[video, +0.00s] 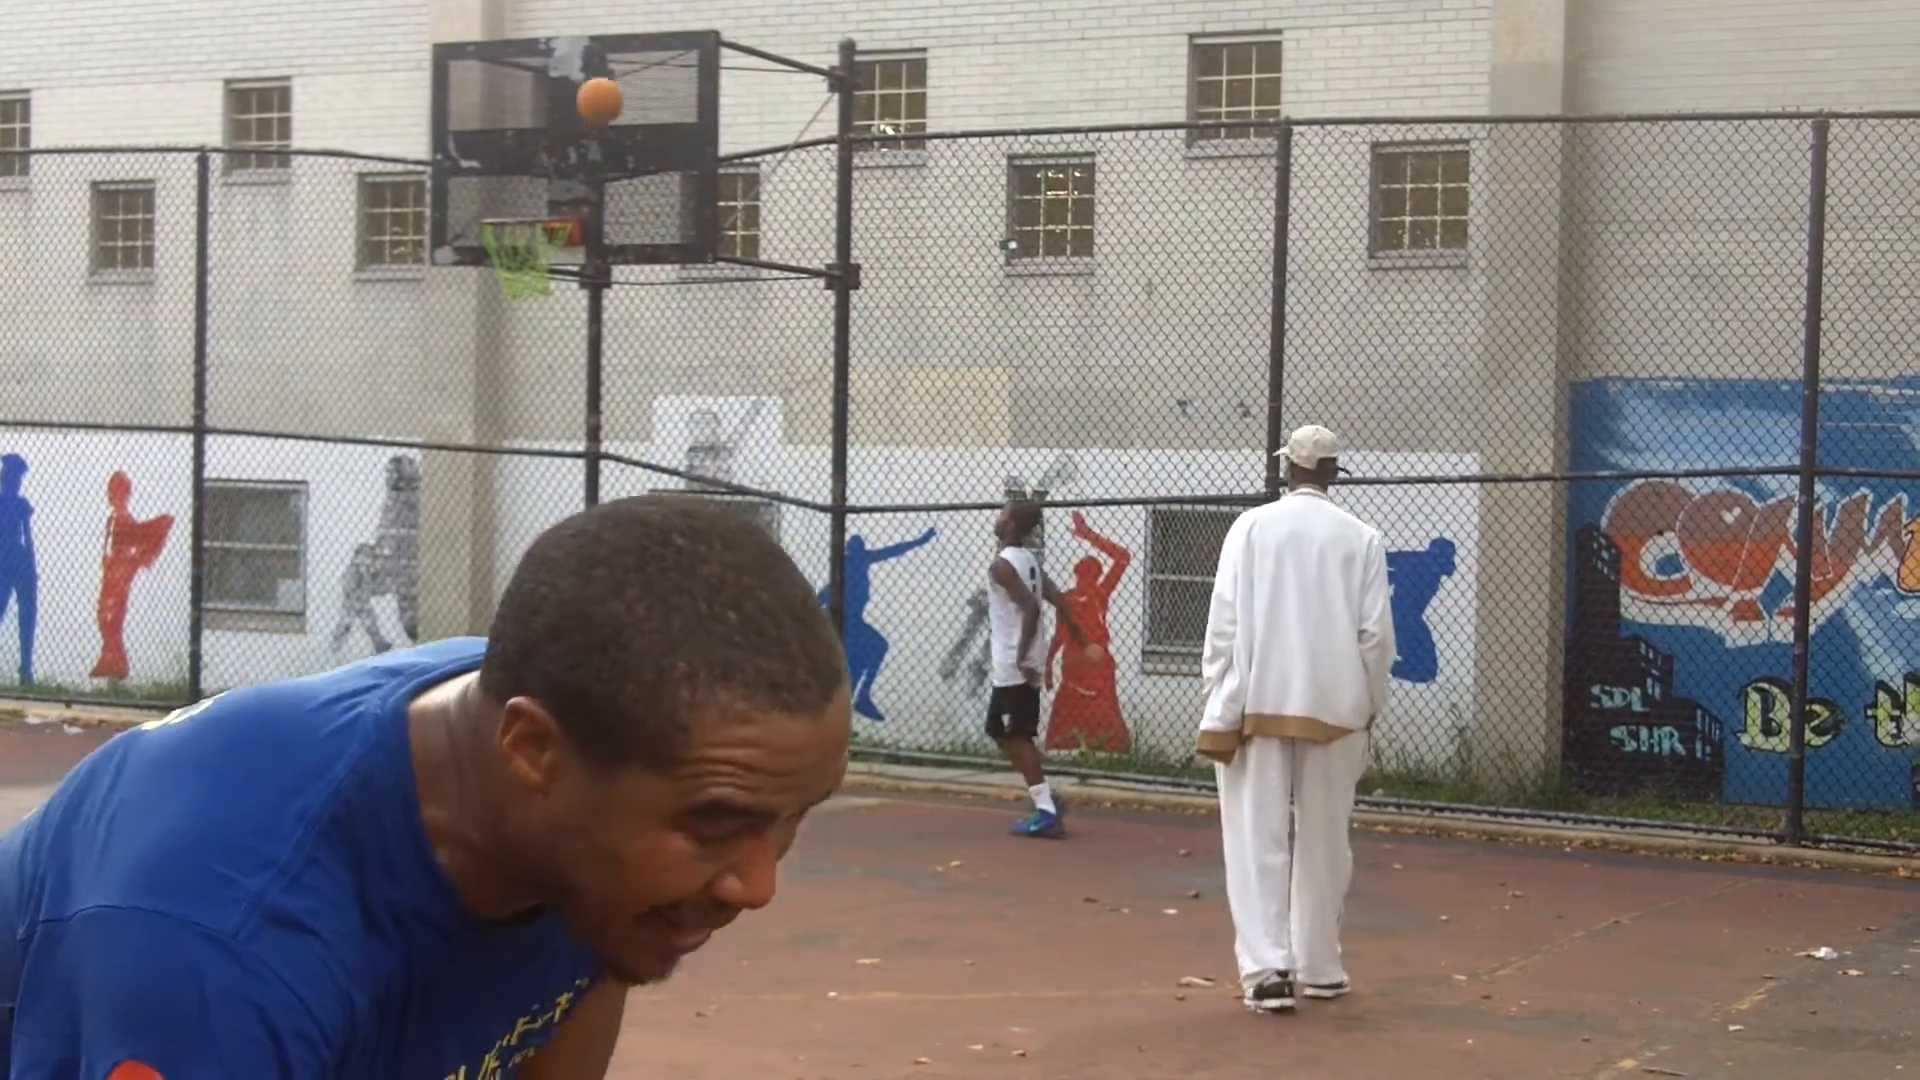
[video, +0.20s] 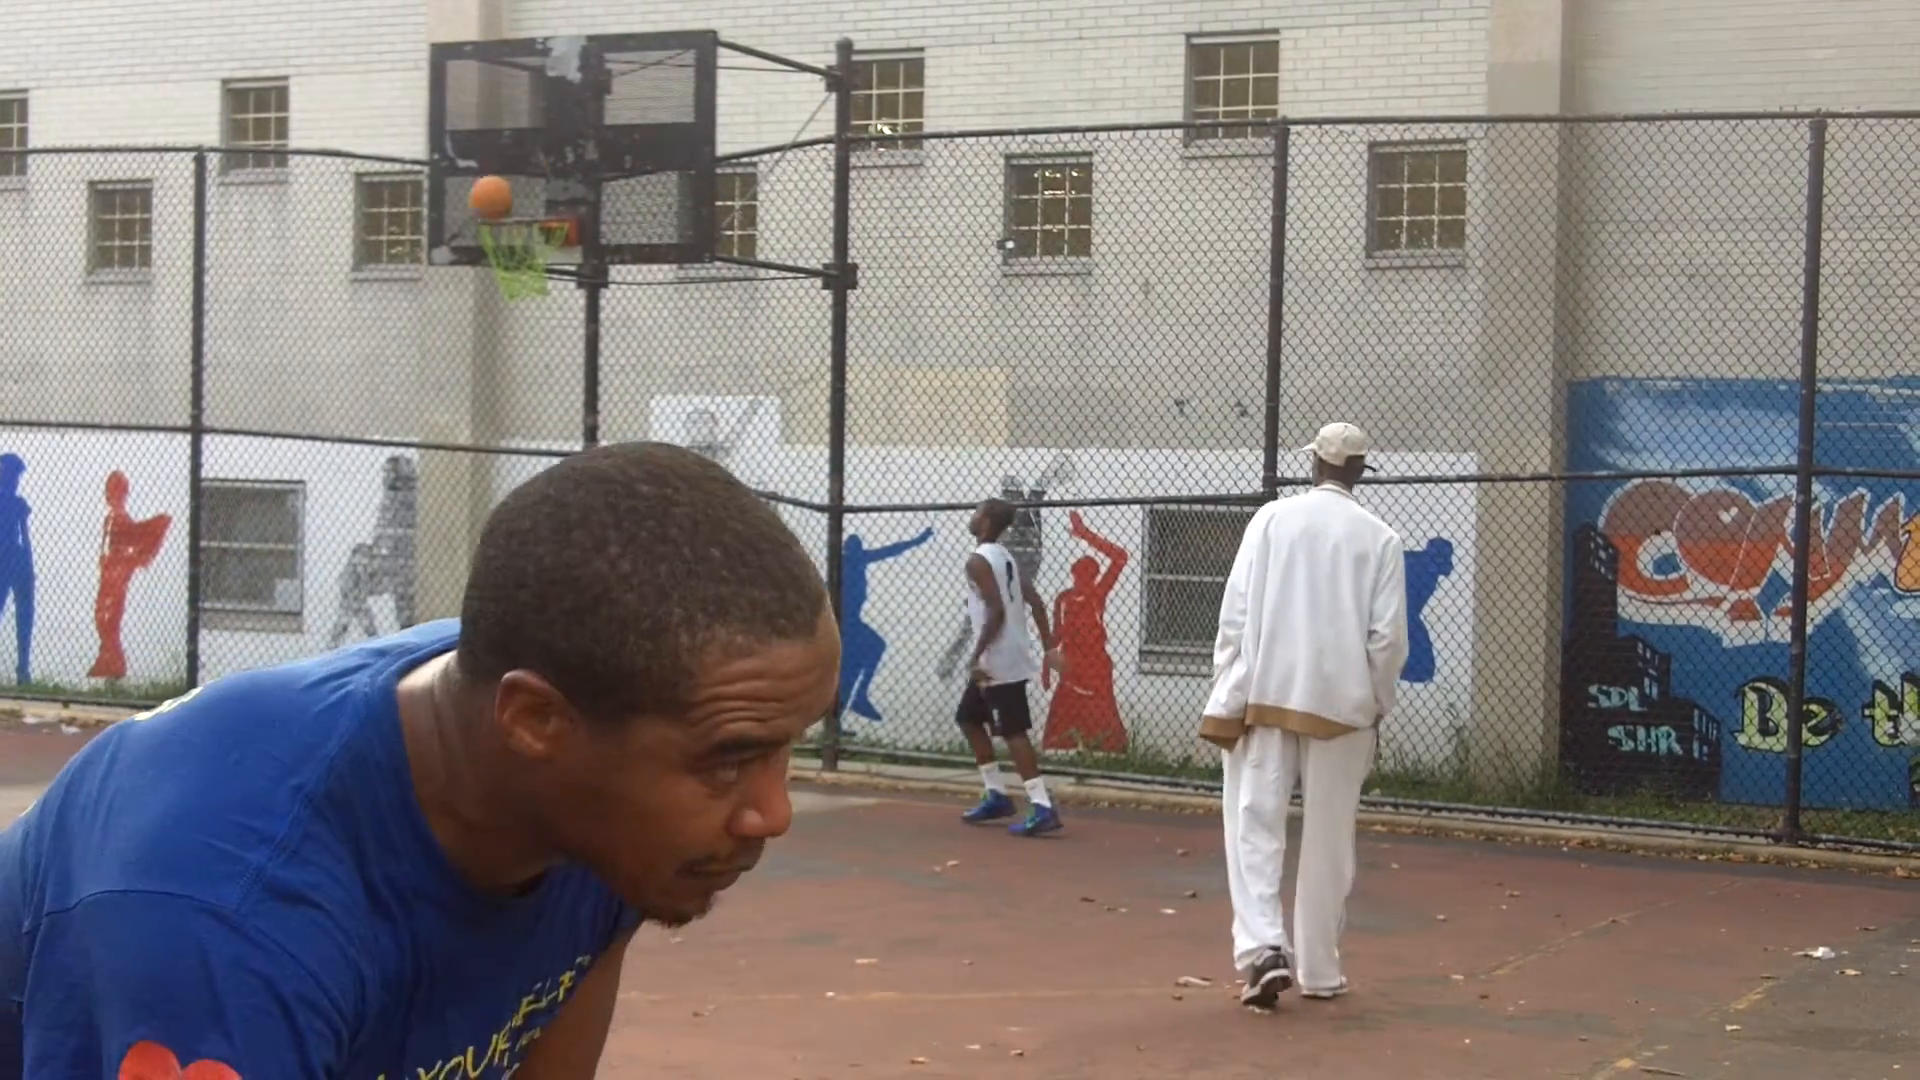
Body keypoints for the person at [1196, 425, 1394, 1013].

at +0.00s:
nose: (1319, 481)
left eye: (1287, 469)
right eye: (1330, 472)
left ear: (1284, 472)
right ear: (1333, 476)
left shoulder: (1248, 528)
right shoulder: (1361, 537)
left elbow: (1222, 628)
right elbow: (1377, 635)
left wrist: (1219, 709)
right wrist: (1370, 714)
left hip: (1254, 706)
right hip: (1332, 709)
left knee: (1255, 841)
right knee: (1325, 839)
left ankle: (1266, 970)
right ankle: (1319, 969)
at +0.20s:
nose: (1336, 474)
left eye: (1324, 463)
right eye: (1354, 469)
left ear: (1313, 466)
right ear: (1360, 472)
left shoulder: (1270, 519)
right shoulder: (1380, 538)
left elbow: (1234, 617)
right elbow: (1388, 637)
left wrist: (1228, 696)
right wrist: (1377, 708)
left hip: (1263, 695)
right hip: (1340, 703)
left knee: (1254, 829)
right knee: (1329, 835)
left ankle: (1262, 950)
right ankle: (1318, 973)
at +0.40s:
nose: (1352, 470)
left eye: (1340, 461)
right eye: (1369, 466)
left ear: (1332, 464)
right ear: (1378, 470)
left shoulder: (1285, 517)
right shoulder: (1392, 538)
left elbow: (1247, 613)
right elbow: (1397, 638)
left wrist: (1237, 693)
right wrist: (1389, 708)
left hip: (1274, 692)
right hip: (1348, 701)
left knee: (1257, 815)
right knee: (1336, 835)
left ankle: (1264, 934)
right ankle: (1319, 974)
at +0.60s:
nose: (1367, 471)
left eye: (1353, 461)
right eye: (1381, 466)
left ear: (1342, 463)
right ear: (1389, 470)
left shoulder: (1295, 518)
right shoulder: (1398, 538)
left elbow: (1256, 612)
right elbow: (1397, 637)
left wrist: (1252, 690)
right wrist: (1394, 706)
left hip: (1282, 695)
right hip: (1352, 703)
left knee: (1274, 826)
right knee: (1340, 835)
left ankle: (1274, 950)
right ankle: (1322, 971)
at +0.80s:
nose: (1383, 473)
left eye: (1368, 463)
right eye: (1392, 467)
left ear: (1351, 465)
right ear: (1396, 471)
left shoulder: (1305, 517)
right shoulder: (1402, 537)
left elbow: (1265, 613)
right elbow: (1402, 635)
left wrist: (1267, 686)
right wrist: (1403, 703)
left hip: (1294, 693)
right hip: (1361, 700)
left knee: (1296, 822)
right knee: (1344, 829)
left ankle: (1303, 940)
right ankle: (1323, 967)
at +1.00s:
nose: (1394, 478)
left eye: (1376, 466)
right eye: (1400, 472)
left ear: (1357, 469)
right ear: (1402, 475)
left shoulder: (1313, 522)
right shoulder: (1408, 538)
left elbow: (1277, 620)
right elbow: (1407, 635)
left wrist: (1286, 691)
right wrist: (1412, 704)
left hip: (1306, 698)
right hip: (1371, 704)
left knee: (1323, 827)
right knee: (1353, 832)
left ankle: (1358, 942)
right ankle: (1323, 965)